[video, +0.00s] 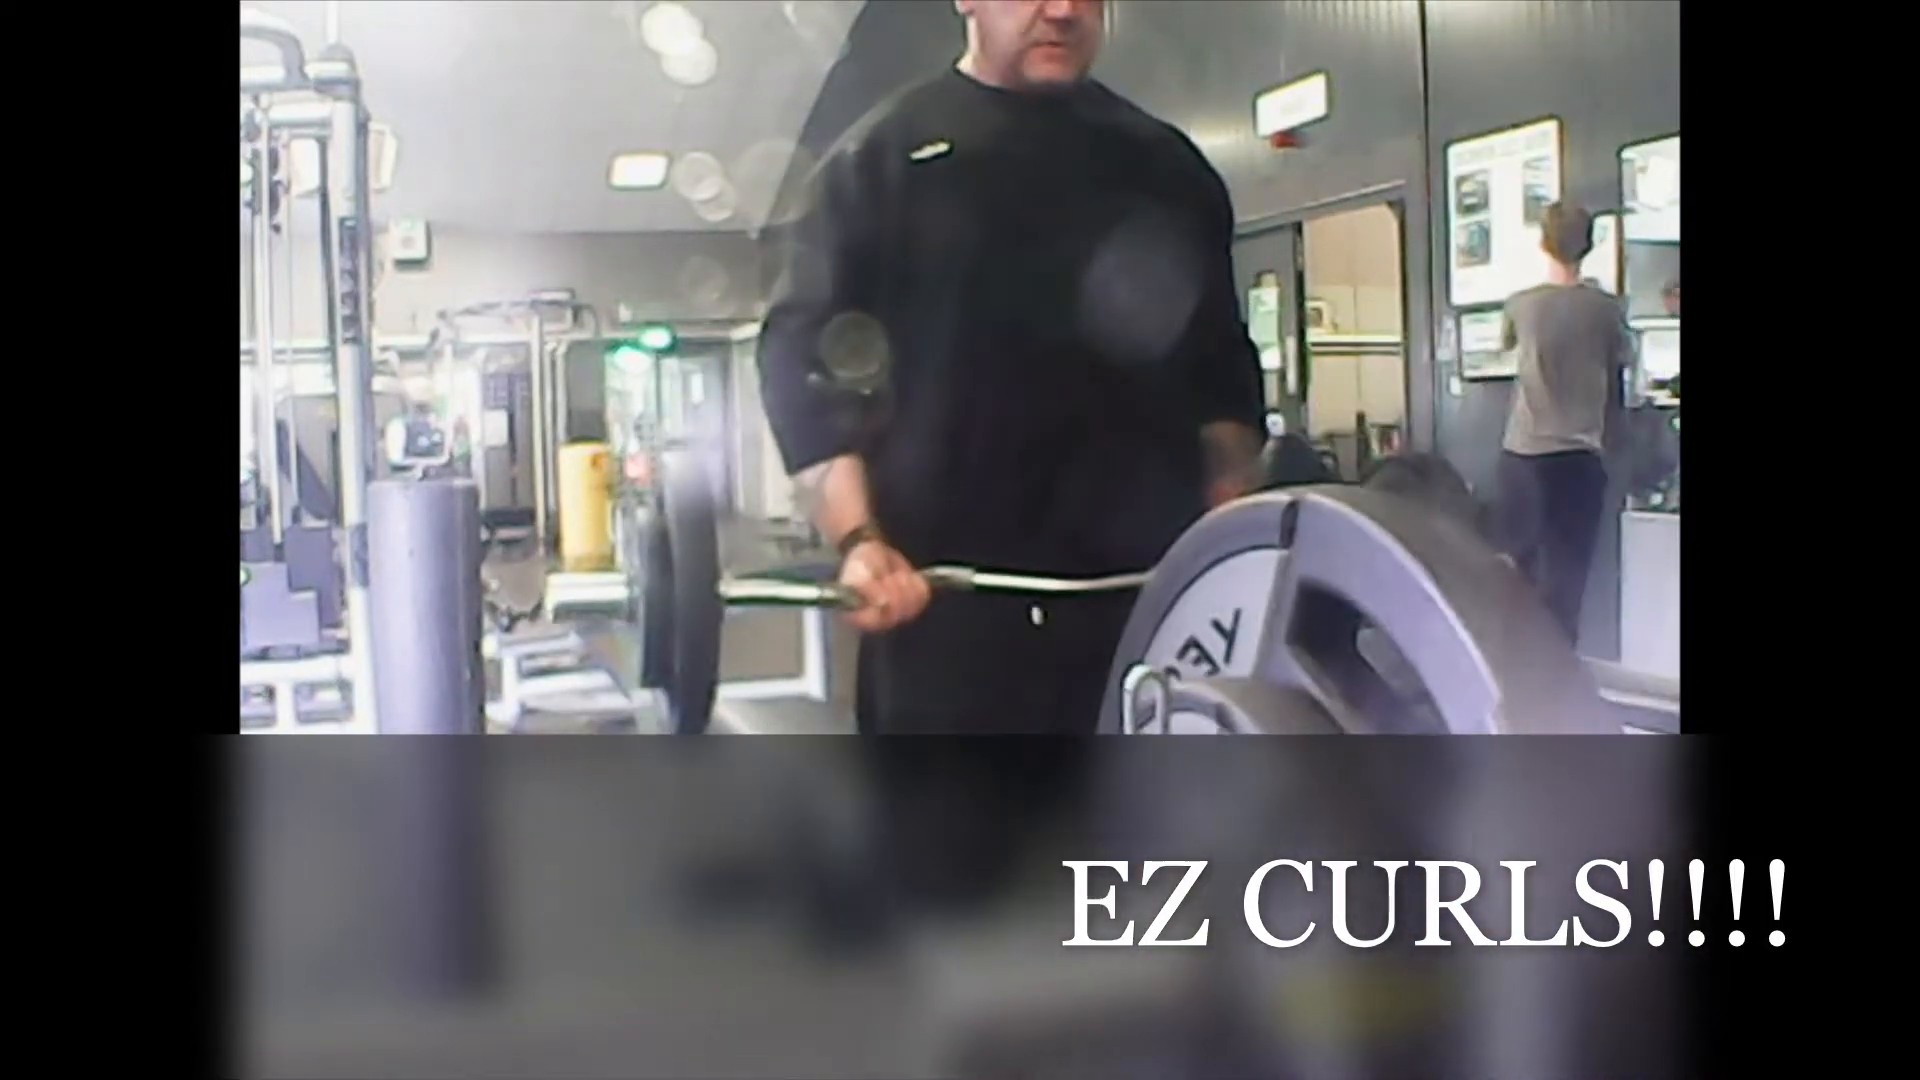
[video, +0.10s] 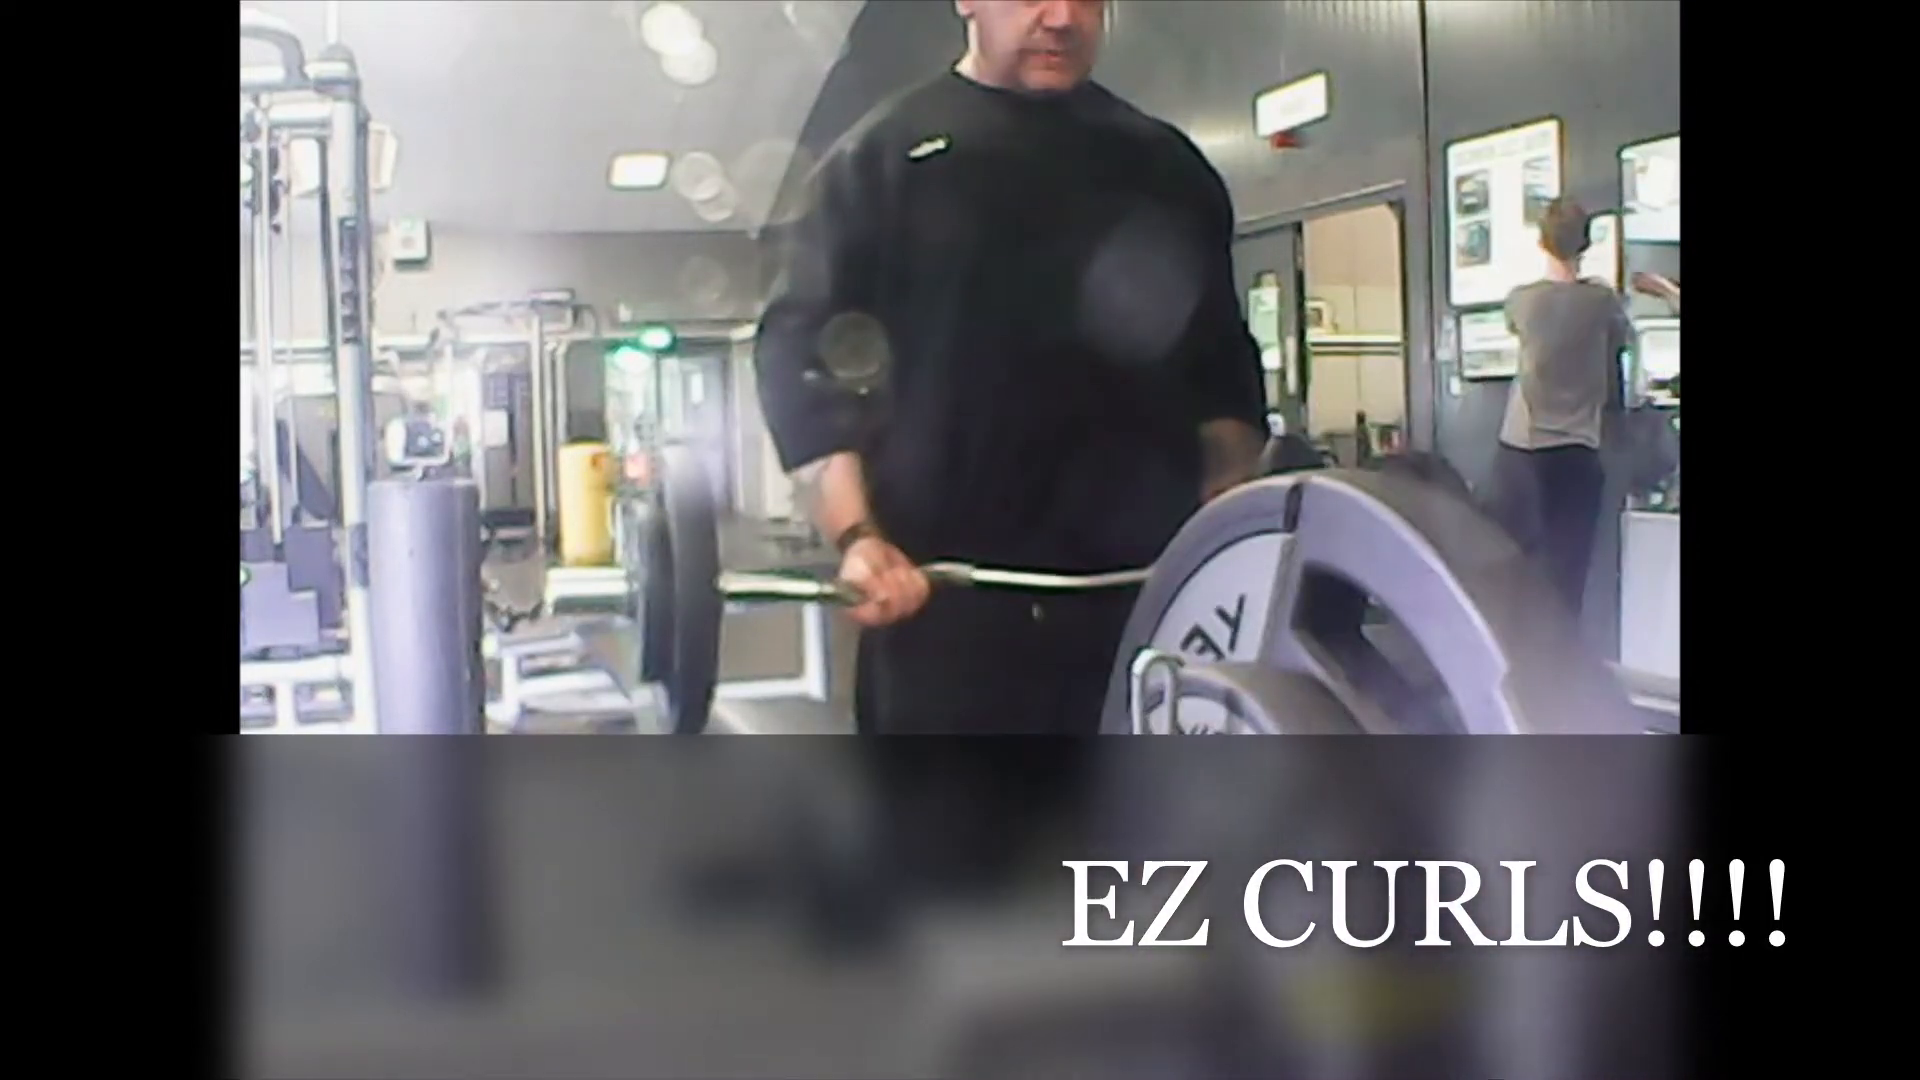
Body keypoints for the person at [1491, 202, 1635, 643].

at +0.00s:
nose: (1542, 245)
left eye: (1543, 239)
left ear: (1544, 245)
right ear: (1588, 246)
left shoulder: (1521, 305)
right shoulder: (1607, 308)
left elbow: (1506, 343)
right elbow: (1622, 363)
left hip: (1524, 452)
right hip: (1582, 453)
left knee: (1519, 560)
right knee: (1569, 569)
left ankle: (1518, 655)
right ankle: (1557, 660)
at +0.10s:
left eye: (1547, 236)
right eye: (1574, 238)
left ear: (1542, 242)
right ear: (1585, 244)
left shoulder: (1522, 300)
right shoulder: (1602, 299)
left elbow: (1515, 326)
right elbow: (1624, 337)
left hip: (1521, 449)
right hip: (1579, 450)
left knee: (1519, 551)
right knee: (1570, 559)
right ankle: (1561, 647)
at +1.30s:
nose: (1515, 252)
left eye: (1496, 247)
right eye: (1516, 245)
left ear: (1477, 255)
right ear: (1518, 251)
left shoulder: (1472, 314)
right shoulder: (1539, 301)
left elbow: (1511, 311)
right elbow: (1606, 298)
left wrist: (1549, 282)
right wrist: (1579, 268)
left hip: (1496, 441)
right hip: (1548, 438)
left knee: (1503, 539)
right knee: (1557, 541)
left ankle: (1500, 645)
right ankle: (1552, 651)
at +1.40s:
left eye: (1485, 251)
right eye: (1510, 248)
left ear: (1478, 256)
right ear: (1519, 251)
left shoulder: (1468, 315)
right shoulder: (1539, 302)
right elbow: (1605, 298)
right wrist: (1578, 270)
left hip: (1483, 432)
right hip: (1534, 430)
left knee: (1484, 543)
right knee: (1531, 538)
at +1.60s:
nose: (1522, 257)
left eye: (1518, 249)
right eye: (1521, 250)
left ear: (1480, 259)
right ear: (1519, 255)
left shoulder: (1468, 314)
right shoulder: (1542, 300)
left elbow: (1476, 357)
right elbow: (1600, 301)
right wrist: (1587, 278)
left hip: (1495, 449)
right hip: (1548, 445)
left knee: (1496, 555)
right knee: (1550, 554)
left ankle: (1492, 662)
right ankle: (1546, 667)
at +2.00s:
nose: (1528, 253)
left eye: (1526, 245)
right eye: (1525, 246)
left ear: (1482, 263)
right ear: (1520, 257)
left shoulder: (1472, 311)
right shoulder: (1541, 301)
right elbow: (1607, 299)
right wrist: (1597, 278)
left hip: (1495, 453)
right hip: (1548, 448)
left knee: (1499, 560)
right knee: (1552, 557)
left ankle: (1495, 666)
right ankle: (1549, 671)